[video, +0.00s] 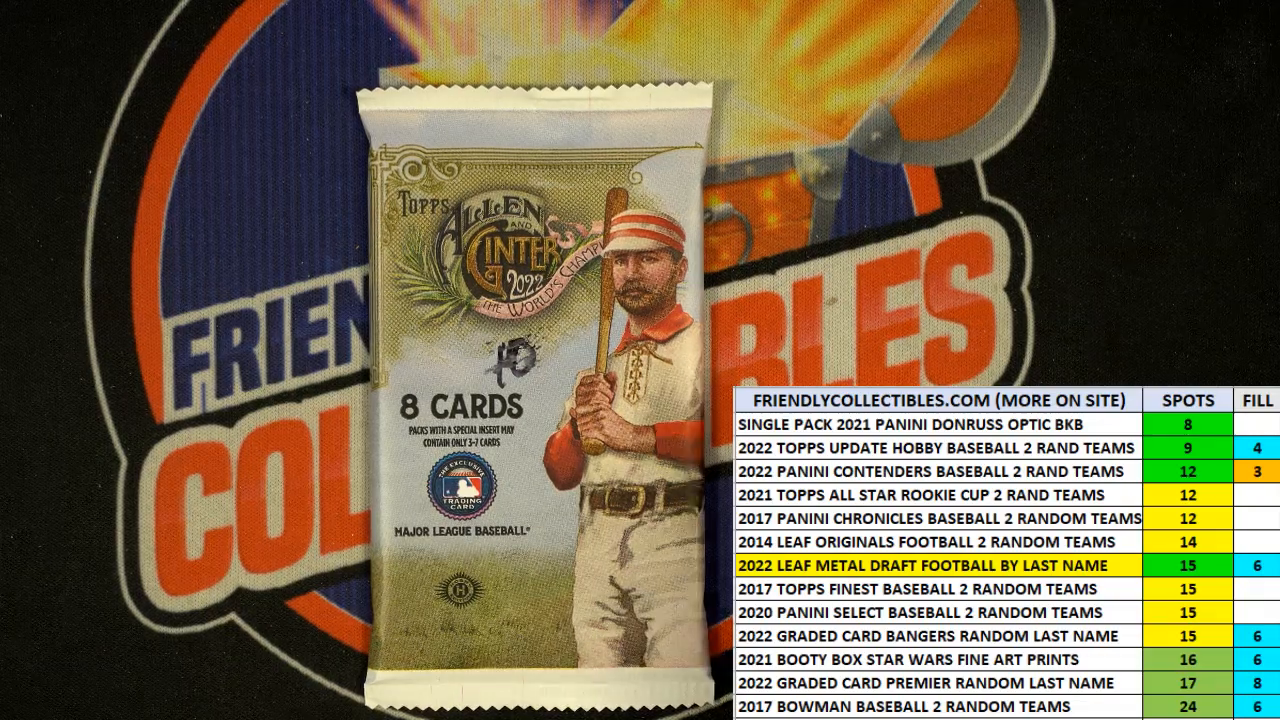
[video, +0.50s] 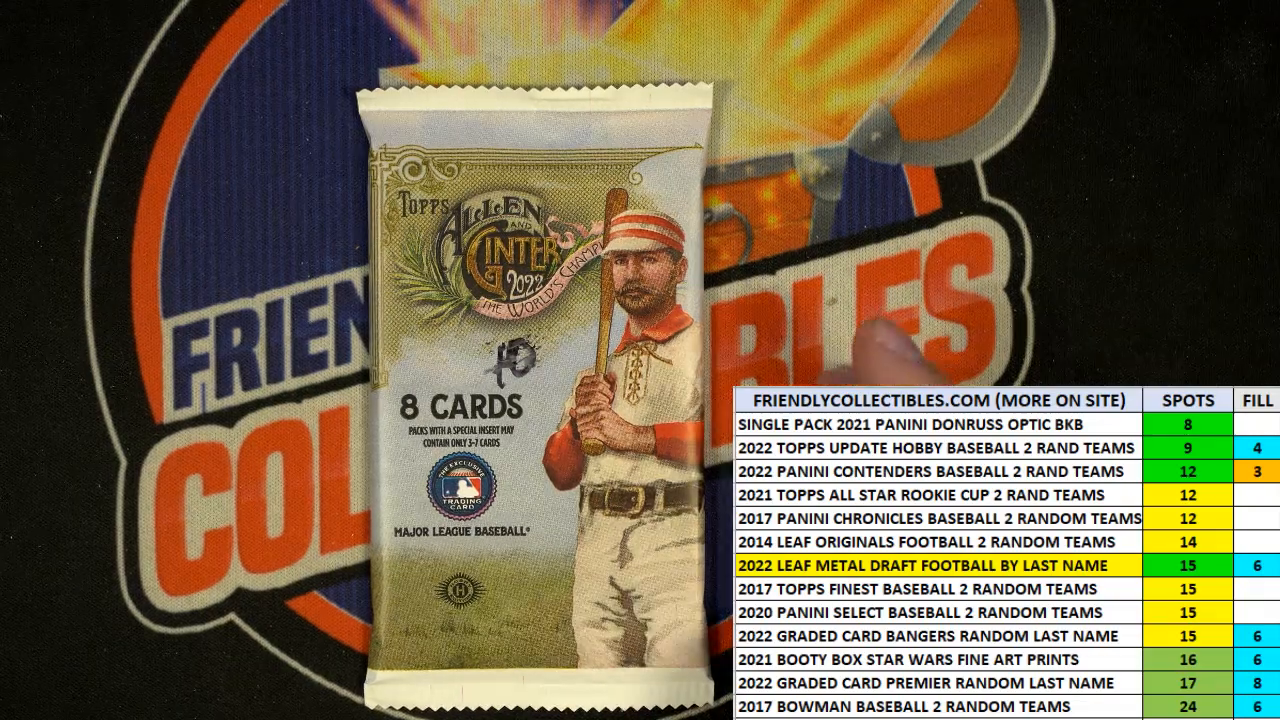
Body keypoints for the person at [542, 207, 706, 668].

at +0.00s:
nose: (631, 273)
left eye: (647, 259)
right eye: (620, 260)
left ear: (678, 269)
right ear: (609, 273)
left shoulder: (706, 345)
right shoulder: (604, 364)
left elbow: (726, 436)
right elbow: (561, 475)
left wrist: (635, 436)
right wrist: (576, 421)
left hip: (672, 527)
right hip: (598, 530)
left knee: (678, 683)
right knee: (601, 688)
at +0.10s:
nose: (631, 274)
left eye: (647, 259)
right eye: (620, 261)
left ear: (678, 270)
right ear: (609, 272)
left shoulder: (705, 346)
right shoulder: (604, 365)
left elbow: (726, 437)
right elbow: (561, 476)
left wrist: (634, 436)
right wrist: (576, 423)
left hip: (672, 528)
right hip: (597, 531)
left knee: (677, 683)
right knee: (601, 689)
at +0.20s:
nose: (630, 274)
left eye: (647, 259)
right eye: (619, 261)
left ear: (679, 270)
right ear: (609, 273)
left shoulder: (706, 345)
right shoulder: (603, 364)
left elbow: (725, 436)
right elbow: (560, 475)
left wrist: (635, 436)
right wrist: (577, 424)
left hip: (672, 529)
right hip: (597, 531)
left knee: (682, 682)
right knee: (605, 683)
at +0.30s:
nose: (631, 274)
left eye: (647, 259)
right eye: (620, 260)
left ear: (678, 270)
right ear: (609, 272)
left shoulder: (705, 346)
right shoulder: (604, 364)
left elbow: (725, 437)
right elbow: (560, 476)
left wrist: (632, 436)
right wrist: (577, 423)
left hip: (673, 529)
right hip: (597, 531)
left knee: (677, 684)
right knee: (599, 688)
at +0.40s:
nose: (631, 274)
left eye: (647, 259)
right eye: (620, 260)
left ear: (678, 269)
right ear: (609, 272)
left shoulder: (705, 346)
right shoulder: (606, 363)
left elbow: (726, 437)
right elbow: (561, 476)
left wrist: (634, 436)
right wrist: (576, 420)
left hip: (673, 529)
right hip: (598, 531)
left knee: (678, 683)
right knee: (601, 688)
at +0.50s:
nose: (631, 274)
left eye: (647, 259)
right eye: (619, 261)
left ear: (678, 269)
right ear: (608, 273)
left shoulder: (705, 346)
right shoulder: (603, 365)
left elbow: (727, 438)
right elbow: (561, 476)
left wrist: (635, 436)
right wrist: (577, 422)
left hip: (674, 530)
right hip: (598, 531)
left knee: (678, 683)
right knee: (600, 687)